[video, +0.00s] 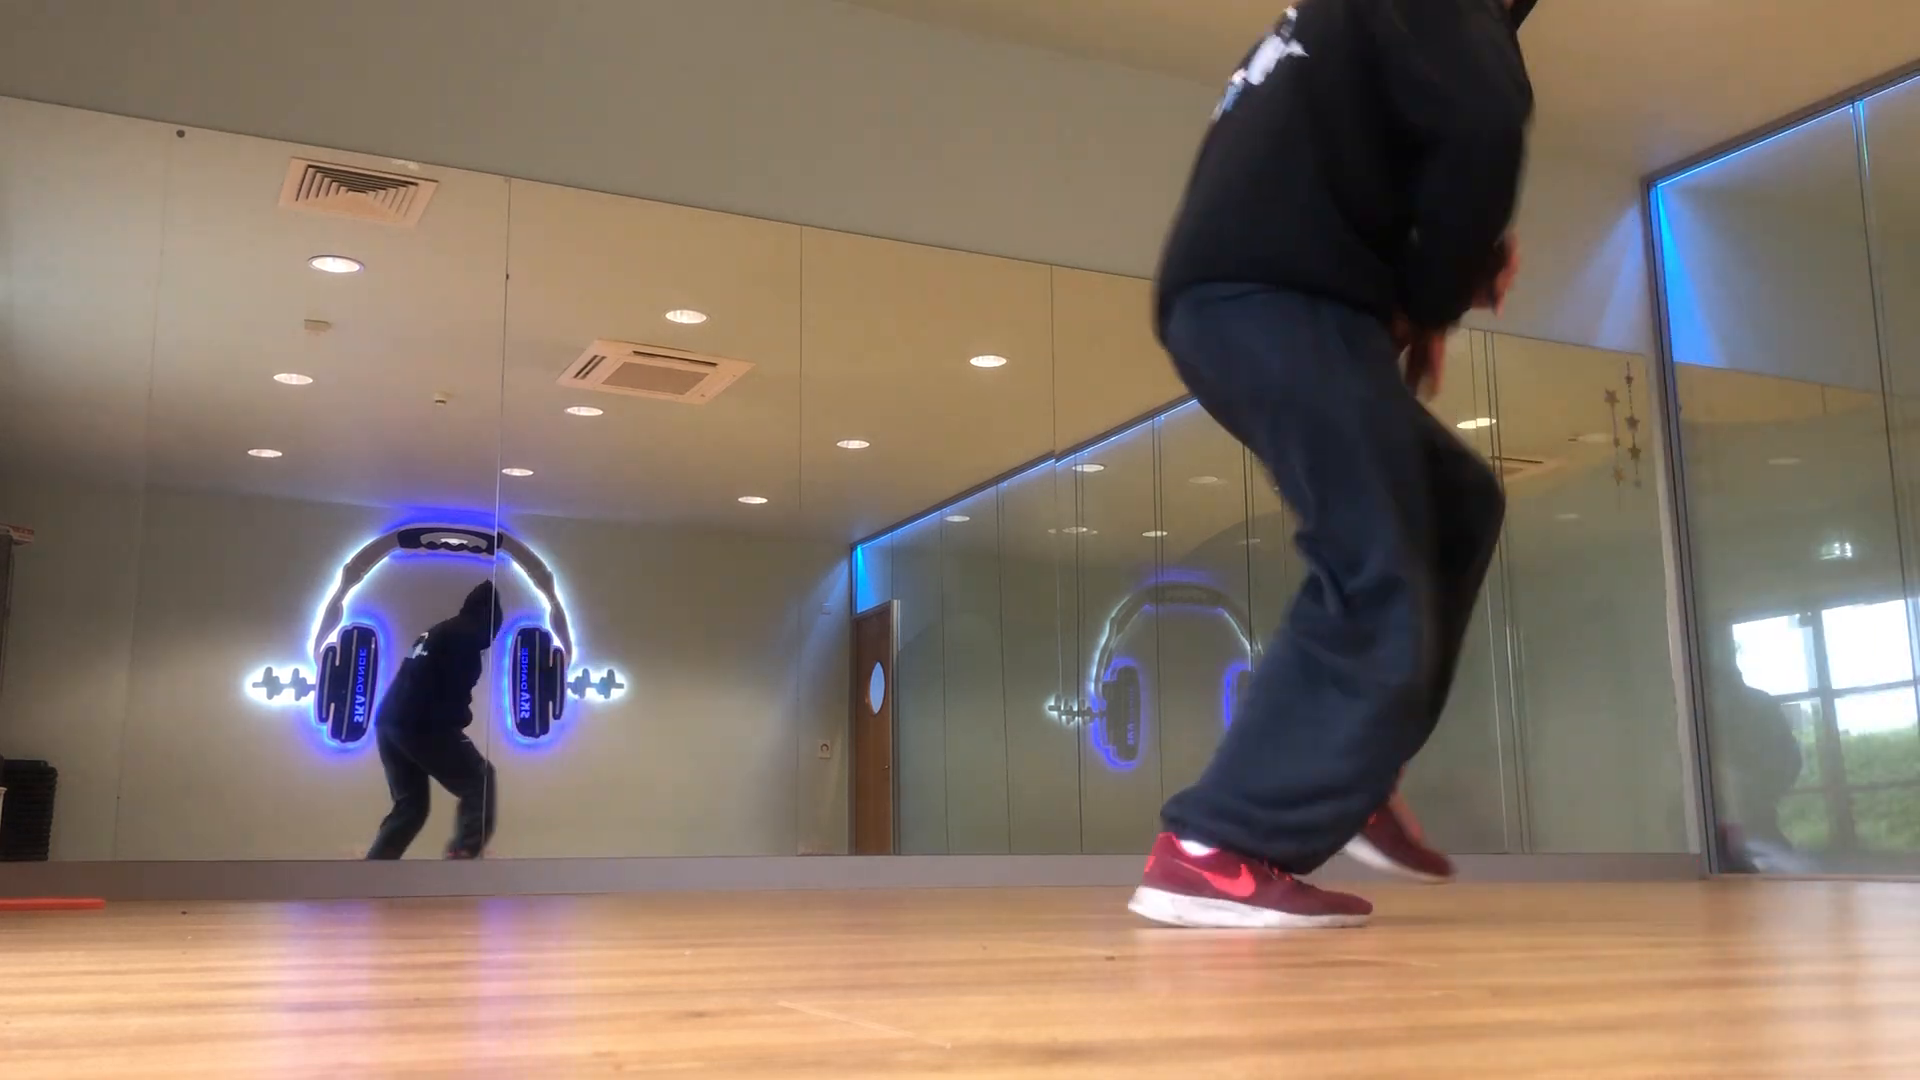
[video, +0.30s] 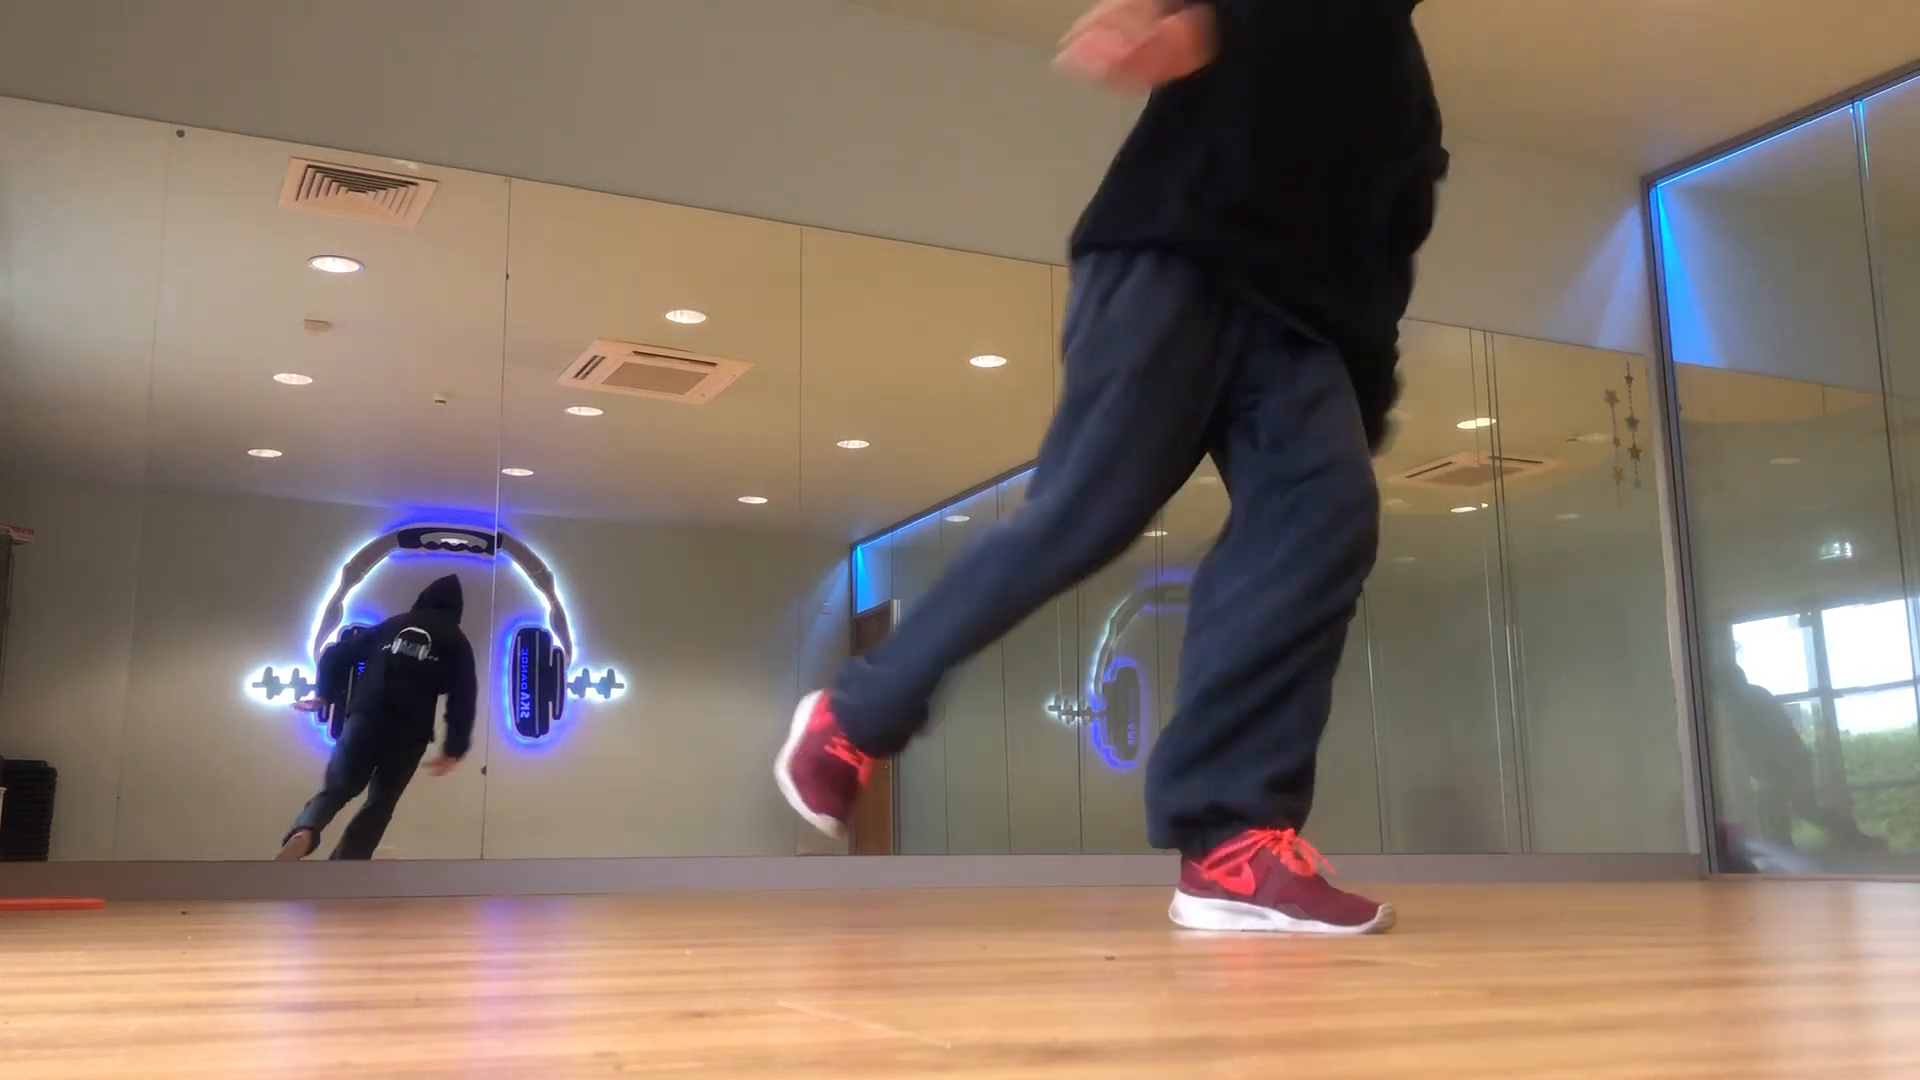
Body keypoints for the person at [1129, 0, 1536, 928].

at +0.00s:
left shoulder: (1379, 17)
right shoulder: (1447, 15)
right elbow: (1483, 122)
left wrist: (1460, 256)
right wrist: (1430, 307)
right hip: (1261, 295)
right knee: (1379, 571)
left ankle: (1351, 774)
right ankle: (1212, 843)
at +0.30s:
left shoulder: (1404, 105)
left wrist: (1360, 393)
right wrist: (1175, 24)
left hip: (1300, 294)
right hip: (1175, 231)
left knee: (1319, 525)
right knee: (1091, 507)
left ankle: (1229, 841)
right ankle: (858, 713)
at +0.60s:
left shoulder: (1357, 97)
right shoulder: (1158, 22)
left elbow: (1319, 293)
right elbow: (1066, 197)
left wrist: (1268, 465)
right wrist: (1168, 314)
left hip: (1218, 360)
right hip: (1078, 329)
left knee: (1215, 516)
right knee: (1064, 565)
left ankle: (1109, 661)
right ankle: (993, 839)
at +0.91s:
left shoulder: (1431, 21)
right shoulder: (1248, 57)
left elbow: (1433, 188)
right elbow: (1301, 257)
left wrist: (1348, 107)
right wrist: (1491, 261)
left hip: (1362, 340)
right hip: (1240, 339)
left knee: (1407, 585)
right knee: (1215, 572)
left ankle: (1392, 822)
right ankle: (1131, 818)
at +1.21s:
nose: (1528, 5)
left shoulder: (1589, 47)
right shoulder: (1399, 91)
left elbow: (1718, 76)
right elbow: (1292, 253)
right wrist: (1273, 421)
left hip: (1566, 373)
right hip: (1454, 384)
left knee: (1619, 592)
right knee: (1644, 564)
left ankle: (1456, 798)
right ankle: (1798, 817)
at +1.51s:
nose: (1639, 13)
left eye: (1651, 6)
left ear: (1647, 17)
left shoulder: (1557, 88)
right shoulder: (1490, 79)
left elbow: (1544, 275)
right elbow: (1493, 265)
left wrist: (1567, 425)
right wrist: (1558, 426)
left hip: (1459, 387)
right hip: (1415, 386)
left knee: (1524, 621)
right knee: (1624, 537)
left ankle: (1382, 827)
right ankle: (1687, 825)